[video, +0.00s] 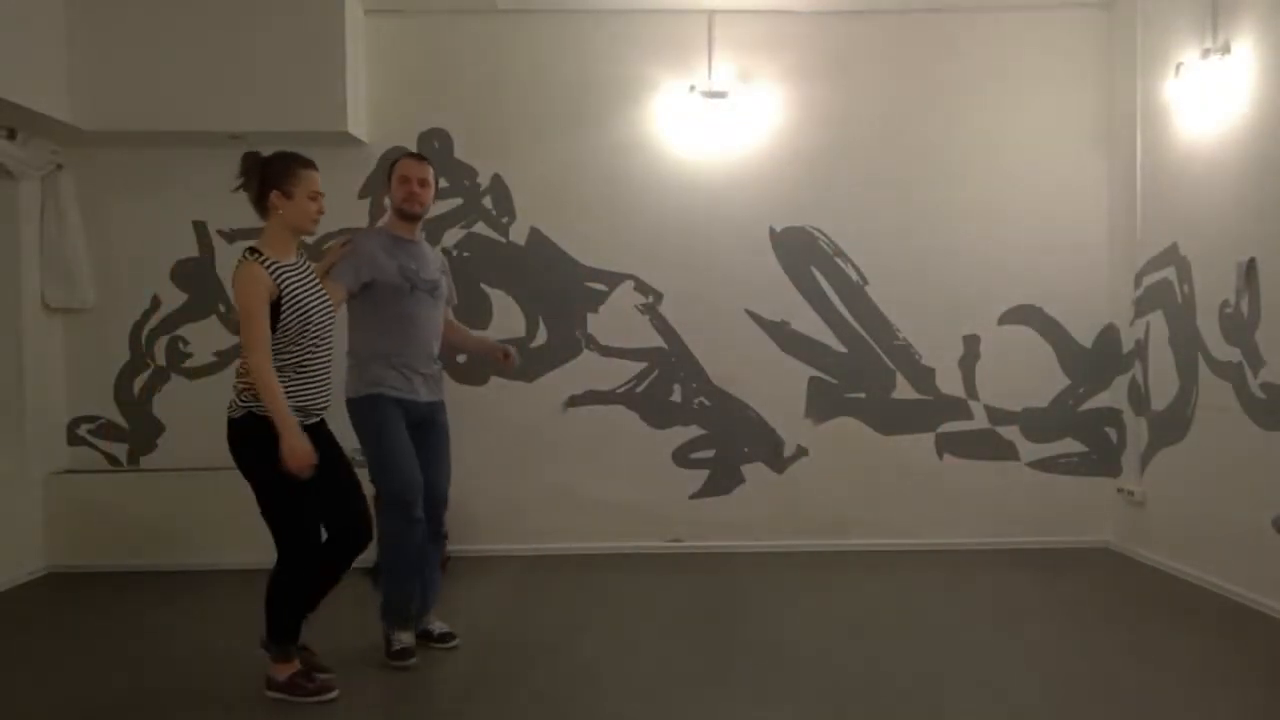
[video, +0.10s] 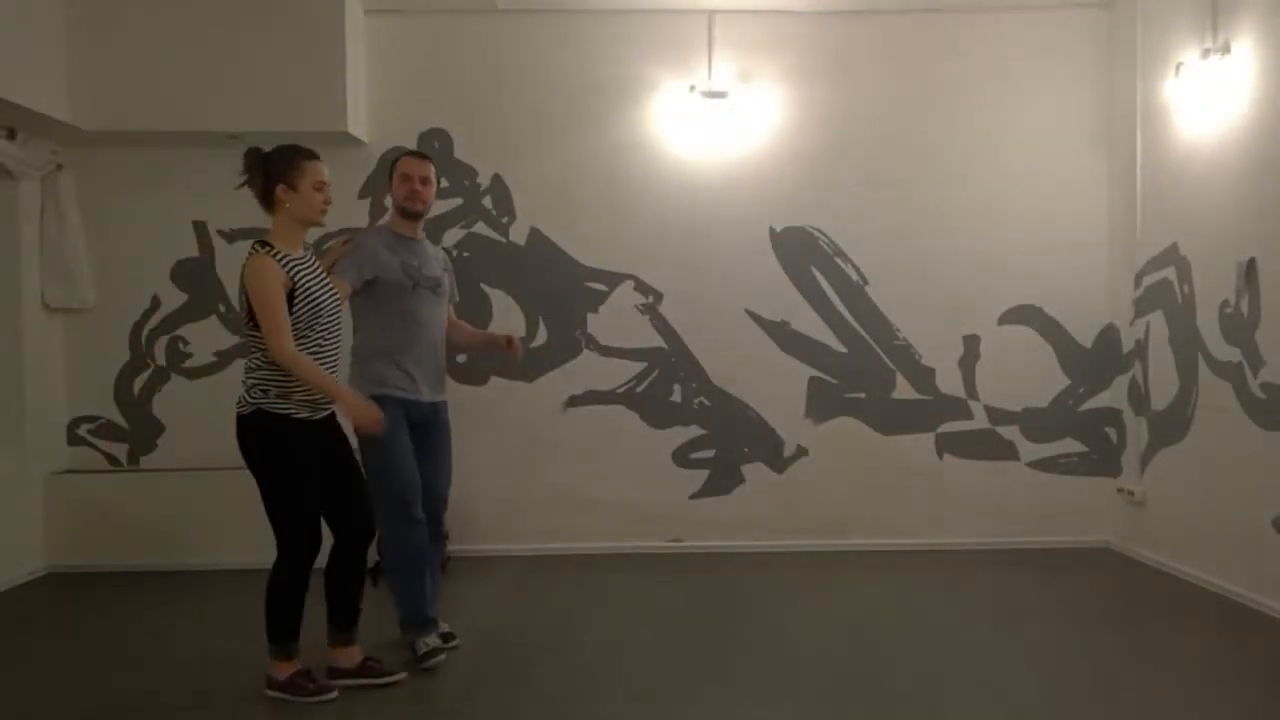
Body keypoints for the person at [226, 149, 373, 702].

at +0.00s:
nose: (321, 208)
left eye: (321, 199)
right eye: (312, 198)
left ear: (291, 204)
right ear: (277, 200)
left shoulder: (299, 262)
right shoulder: (255, 270)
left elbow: (306, 316)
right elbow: (257, 363)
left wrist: (339, 269)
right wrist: (288, 431)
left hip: (307, 420)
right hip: (263, 425)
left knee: (353, 530)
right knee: (297, 544)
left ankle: (286, 629)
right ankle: (281, 665)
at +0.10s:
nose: (328, 197)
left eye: (328, 188)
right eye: (319, 188)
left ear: (298, 196)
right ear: (284, 194)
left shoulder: (304, 258)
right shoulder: (265, 263)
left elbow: (310, 323)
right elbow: (282, 352)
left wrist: (337, 290)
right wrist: (347, 397)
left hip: (317, 421)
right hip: (275, 424)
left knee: (356, 525)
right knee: (299, 539)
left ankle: (344, 654)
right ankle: (283, 668)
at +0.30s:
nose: (320, 191)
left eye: (322, 182)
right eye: (306, 184)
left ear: (325, 193)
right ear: (276, 197)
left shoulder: (309, 260)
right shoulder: (277, 266)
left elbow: (314, 315)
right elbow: (316, 340)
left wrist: (335, 264)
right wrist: (399, 334)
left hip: (328, 422)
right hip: (288, 426)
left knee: (356, 536)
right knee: (314, 544)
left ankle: (358, 661)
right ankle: (284, 666)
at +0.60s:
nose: (303, 196)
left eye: (308, 187)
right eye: (288, 188)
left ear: (317, 196)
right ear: (264, 201)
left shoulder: (296, 260)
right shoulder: (268, 259)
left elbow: (296, 327)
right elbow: (296, 332)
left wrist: (317, 265)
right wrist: (353, 381)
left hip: (308, 421)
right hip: (269, 424)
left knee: (359, 527)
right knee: (303, 544)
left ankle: (305, 636)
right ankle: (282, 666)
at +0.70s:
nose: (303, 197)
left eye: (309, 189)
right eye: (289, 190)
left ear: (315, 199)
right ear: (262, 201)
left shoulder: (292, 260)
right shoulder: (261, 256)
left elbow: (293, 330)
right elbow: (259, 334)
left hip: (302, 418)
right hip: (271, 420)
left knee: (331, 528)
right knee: (302, 539)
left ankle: (259, 617)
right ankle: (282, 666)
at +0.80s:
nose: (298, 198)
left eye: (304, 190)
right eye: (283, 190)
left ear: (308, 199)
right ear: (256, 201)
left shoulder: (285, 257)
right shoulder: (253, 254)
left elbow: (272, 329)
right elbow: (220, 330)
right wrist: (193, 402)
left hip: (290, 417)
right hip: (260, 418)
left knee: (296, 536)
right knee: (290, 538)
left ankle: (219, 621)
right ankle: (283, 665)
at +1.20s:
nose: (260, 212)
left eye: (257, 203)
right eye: (251, 204)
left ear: (224, 214)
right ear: (225, 213)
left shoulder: (222, 267)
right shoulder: (206, 266)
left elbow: (191, 342)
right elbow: (169, 339)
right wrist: (149, 412)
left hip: (204, 424)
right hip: (193, 425)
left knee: (220, 538)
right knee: (238, 538)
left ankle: (182, 652)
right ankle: (214, 660)